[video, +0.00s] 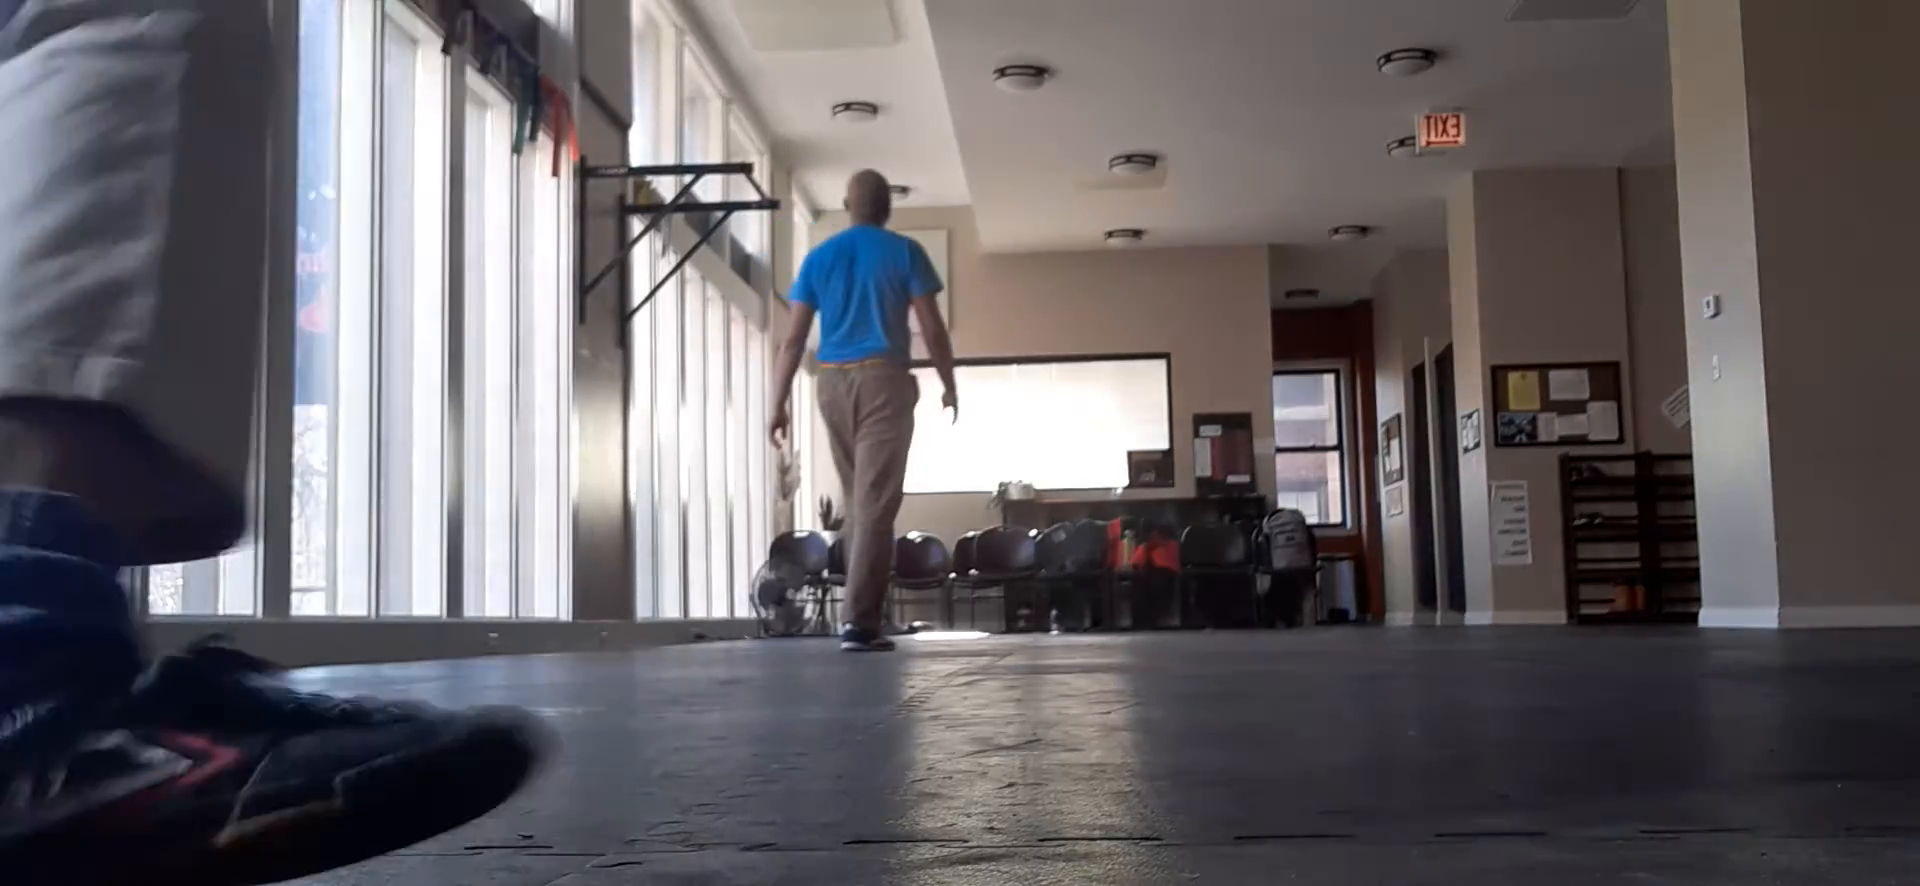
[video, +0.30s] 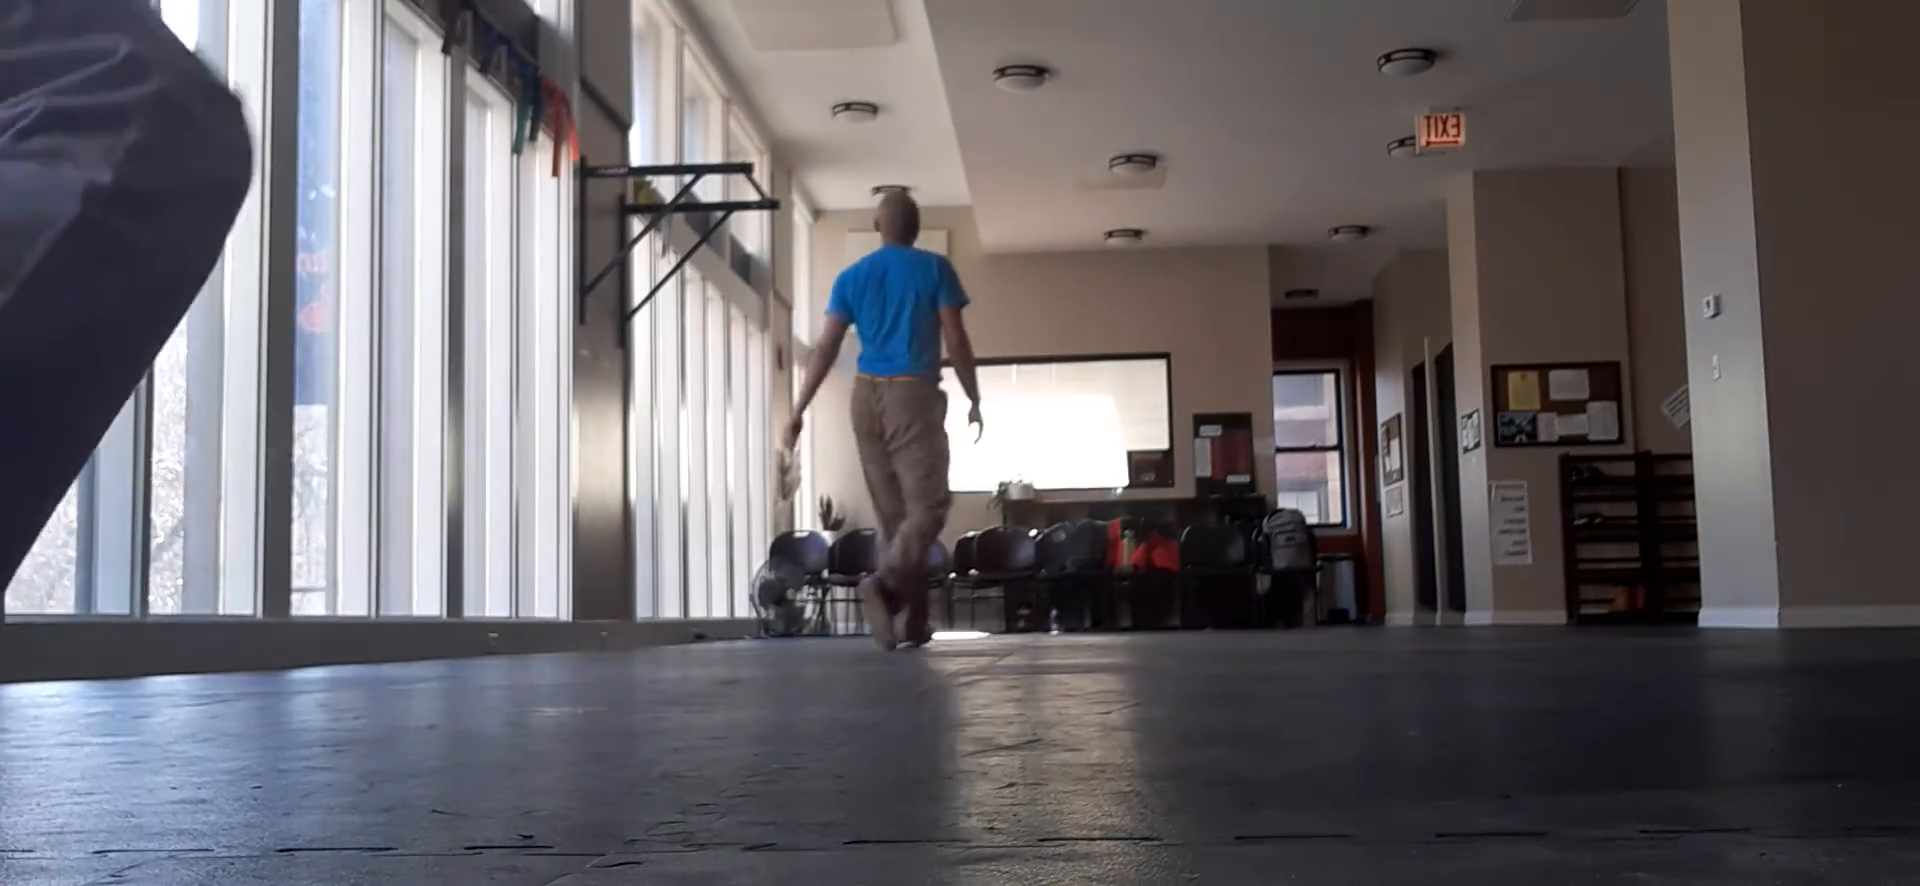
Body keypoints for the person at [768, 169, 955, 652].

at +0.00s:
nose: (858, 204)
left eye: (850, 200)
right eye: (883, 200)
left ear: (846, 208)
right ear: (888, 207)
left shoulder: (819, 256)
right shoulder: (904, 251)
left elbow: (793, 340)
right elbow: (932, 328)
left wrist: (777, 404)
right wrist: (949, 384)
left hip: (832, 384)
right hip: (885, 381)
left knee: (857, 497)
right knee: (875, 498)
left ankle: (872, 610)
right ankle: (859, 622)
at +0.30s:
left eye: (880, 216)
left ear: (878, 229)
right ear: (916, 228)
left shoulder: (852, 276)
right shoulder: (935, 267)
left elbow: (824, 351)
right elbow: (956, 340)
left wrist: (797, 414)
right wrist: (974, 398)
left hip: (864, 398)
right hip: (913, 397)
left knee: (891, 511)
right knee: (929, 503)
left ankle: (916, 621)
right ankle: (883, 586)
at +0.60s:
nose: (925, 240)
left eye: (919, 233)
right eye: (944, 237)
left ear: (914, 241)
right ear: (950, 243)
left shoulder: (887, 287)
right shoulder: (963, 280)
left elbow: (882, 362)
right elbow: (982, 347)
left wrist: (908, 390)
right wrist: (1012, 408)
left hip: (898, 401)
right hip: (951, 401)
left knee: (908, 512)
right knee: (974, 506)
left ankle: (912, 625)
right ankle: (993, 617)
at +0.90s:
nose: (992, 262)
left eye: (974, 252)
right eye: (995, 256)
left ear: (961, 256)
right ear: (997, 259)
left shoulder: (934, 303)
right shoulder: (1008, 298)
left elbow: (932, 377)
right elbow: (1024, 366)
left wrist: (956, 406)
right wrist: (1047, 422)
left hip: (955, 414)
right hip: (1003, 411)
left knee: (953, 511)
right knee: (1012, 514)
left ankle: (923, 602)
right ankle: (1013, 616)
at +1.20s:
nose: (1019, 268)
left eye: (1007, 261)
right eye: (1030, 263)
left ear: (999, 265)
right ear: (1034, 267)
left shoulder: (973, 308)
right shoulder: (1048, 302)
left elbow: (955, 377)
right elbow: (1070, 364)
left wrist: (942, 431)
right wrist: (1088, 412)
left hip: (988, 415)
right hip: (1031, 413)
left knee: (1003, 511)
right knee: (1025, 512)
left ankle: (1028, 608)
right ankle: (1011, 615)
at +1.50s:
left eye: (1028, 277)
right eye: (1056, 280)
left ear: (1024, 283)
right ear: (1057, 286)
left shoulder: (1002, 324)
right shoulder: (1072, 319)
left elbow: (977, 382)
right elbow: (1091, 378)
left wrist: (952, 434)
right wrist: (1112, 429)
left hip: (1014, 426)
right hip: (1055, 425)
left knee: (1033, 521)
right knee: (1051, 516)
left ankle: (1061, 618)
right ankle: (1022, 604)